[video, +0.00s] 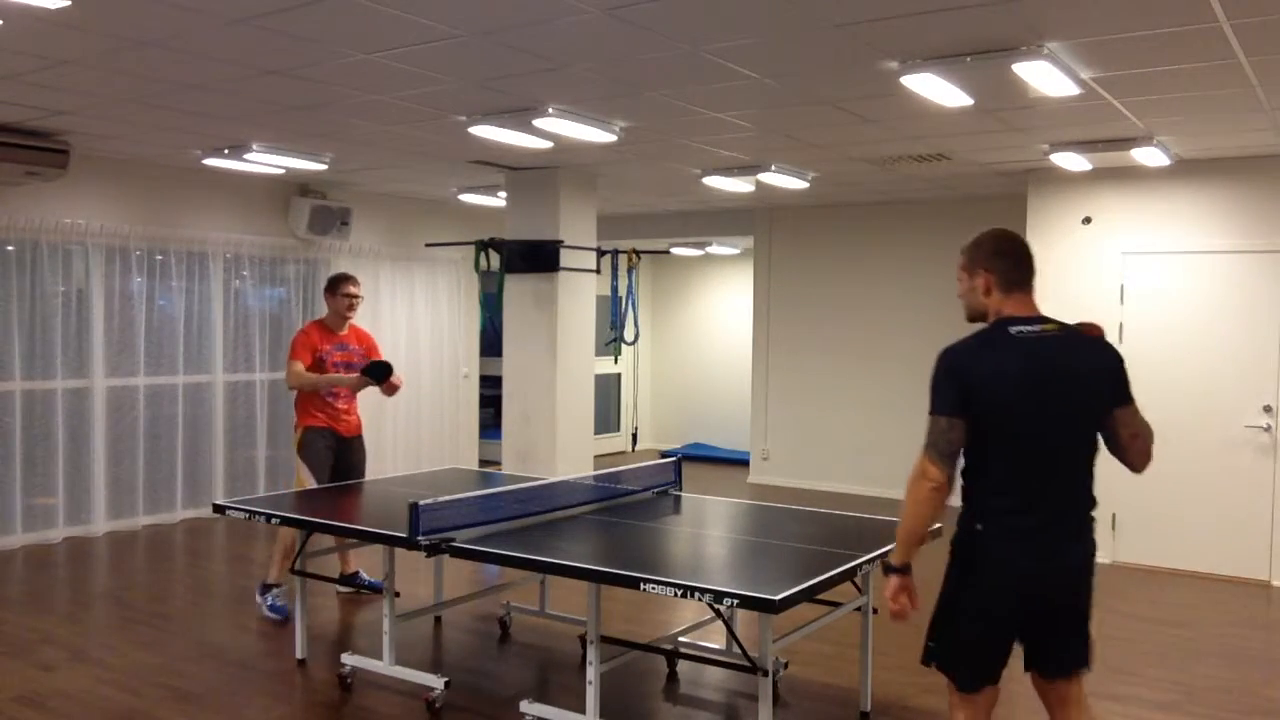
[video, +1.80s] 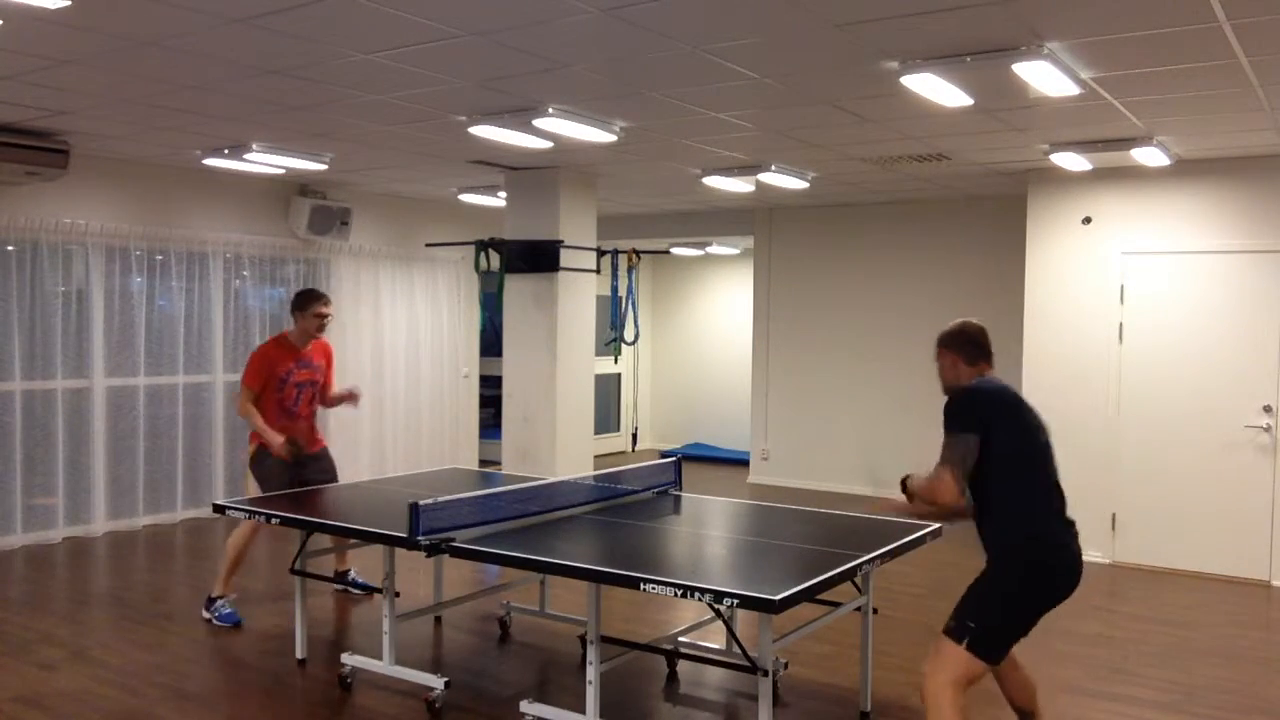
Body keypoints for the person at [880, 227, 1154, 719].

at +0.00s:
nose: (959, 290)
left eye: (962, 277)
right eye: (959, 277)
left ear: (986, 281)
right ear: (1028, 278)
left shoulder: (963, 360)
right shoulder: (1091, 354)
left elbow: (934, 477)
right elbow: (1138, 453)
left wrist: (900, 564)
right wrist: (1102, 359)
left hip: (988, 557)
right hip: (1066, 554)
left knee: (971, 700)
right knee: (1063, 689)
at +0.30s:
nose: (951, 303)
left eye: (955, 291)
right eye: (951, 291)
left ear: (981, 291)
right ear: (1014, 291)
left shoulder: (965, 361)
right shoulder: (1071, 360)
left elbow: (922, 461)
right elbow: (1093, 450)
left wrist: (891, 503)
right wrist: (1065, 388)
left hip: (985, 539)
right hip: (1053, 536)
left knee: (958, 682)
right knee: (1051, 661)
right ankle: (1051, 719)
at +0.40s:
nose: (954, 315)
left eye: (960, 303)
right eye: (955, 303)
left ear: (986, 305)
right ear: (1009, 307)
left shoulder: (977, 373)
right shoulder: (1063, 369)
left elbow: (936, 470)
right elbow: (1079, 446)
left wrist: (898, 510)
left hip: (1003, 542)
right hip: (1062, 539)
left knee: (954, 674)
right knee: (1037, 654)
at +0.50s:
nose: (958, 328)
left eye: (963, 317)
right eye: (958, 318)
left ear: (990, 317)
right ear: (1012, 318)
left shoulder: (991, 379)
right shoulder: (1055, 374)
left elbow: (956, 477)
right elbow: (1052, 467)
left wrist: (912, 530)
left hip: (1023, 551)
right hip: (1073, 548)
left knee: (950, 676)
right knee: (1027, 641)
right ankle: (1037, 716)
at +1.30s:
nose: (978, 365)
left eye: (978, 357)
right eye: (979, 358)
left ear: (984, 354)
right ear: (1028, 354)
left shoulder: (972, 397)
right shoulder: (1069, 400)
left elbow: (942, 483)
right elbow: (1092, 484)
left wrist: (931, 473)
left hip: (1034, 551)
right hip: (1093, 550)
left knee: (968, 675)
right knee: (1041, 635)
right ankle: (1050, 718)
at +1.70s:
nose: (953, 369)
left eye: (952, 361)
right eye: (955, 361)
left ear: (959, 356)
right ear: (999, 357)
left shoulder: (962, 394)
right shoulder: (1035, 402)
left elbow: (936, 492)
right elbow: (1048, 479)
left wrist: (917, 485)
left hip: (1027, 551)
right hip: (1071, 551)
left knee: (955, 668)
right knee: (1008, 641)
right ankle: (1035, 714)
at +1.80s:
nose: (939, 373)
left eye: (941, 363)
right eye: (939, 363)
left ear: (958, 360)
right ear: (983, 360)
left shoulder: (969, 401)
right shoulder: (1012, 404)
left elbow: (946, 493)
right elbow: (995, 503)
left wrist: (913, 486)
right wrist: (923, 508)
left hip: (1025, 561)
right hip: (1058, 559)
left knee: (941, 678)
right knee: (994, 650)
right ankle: (1031, 713)